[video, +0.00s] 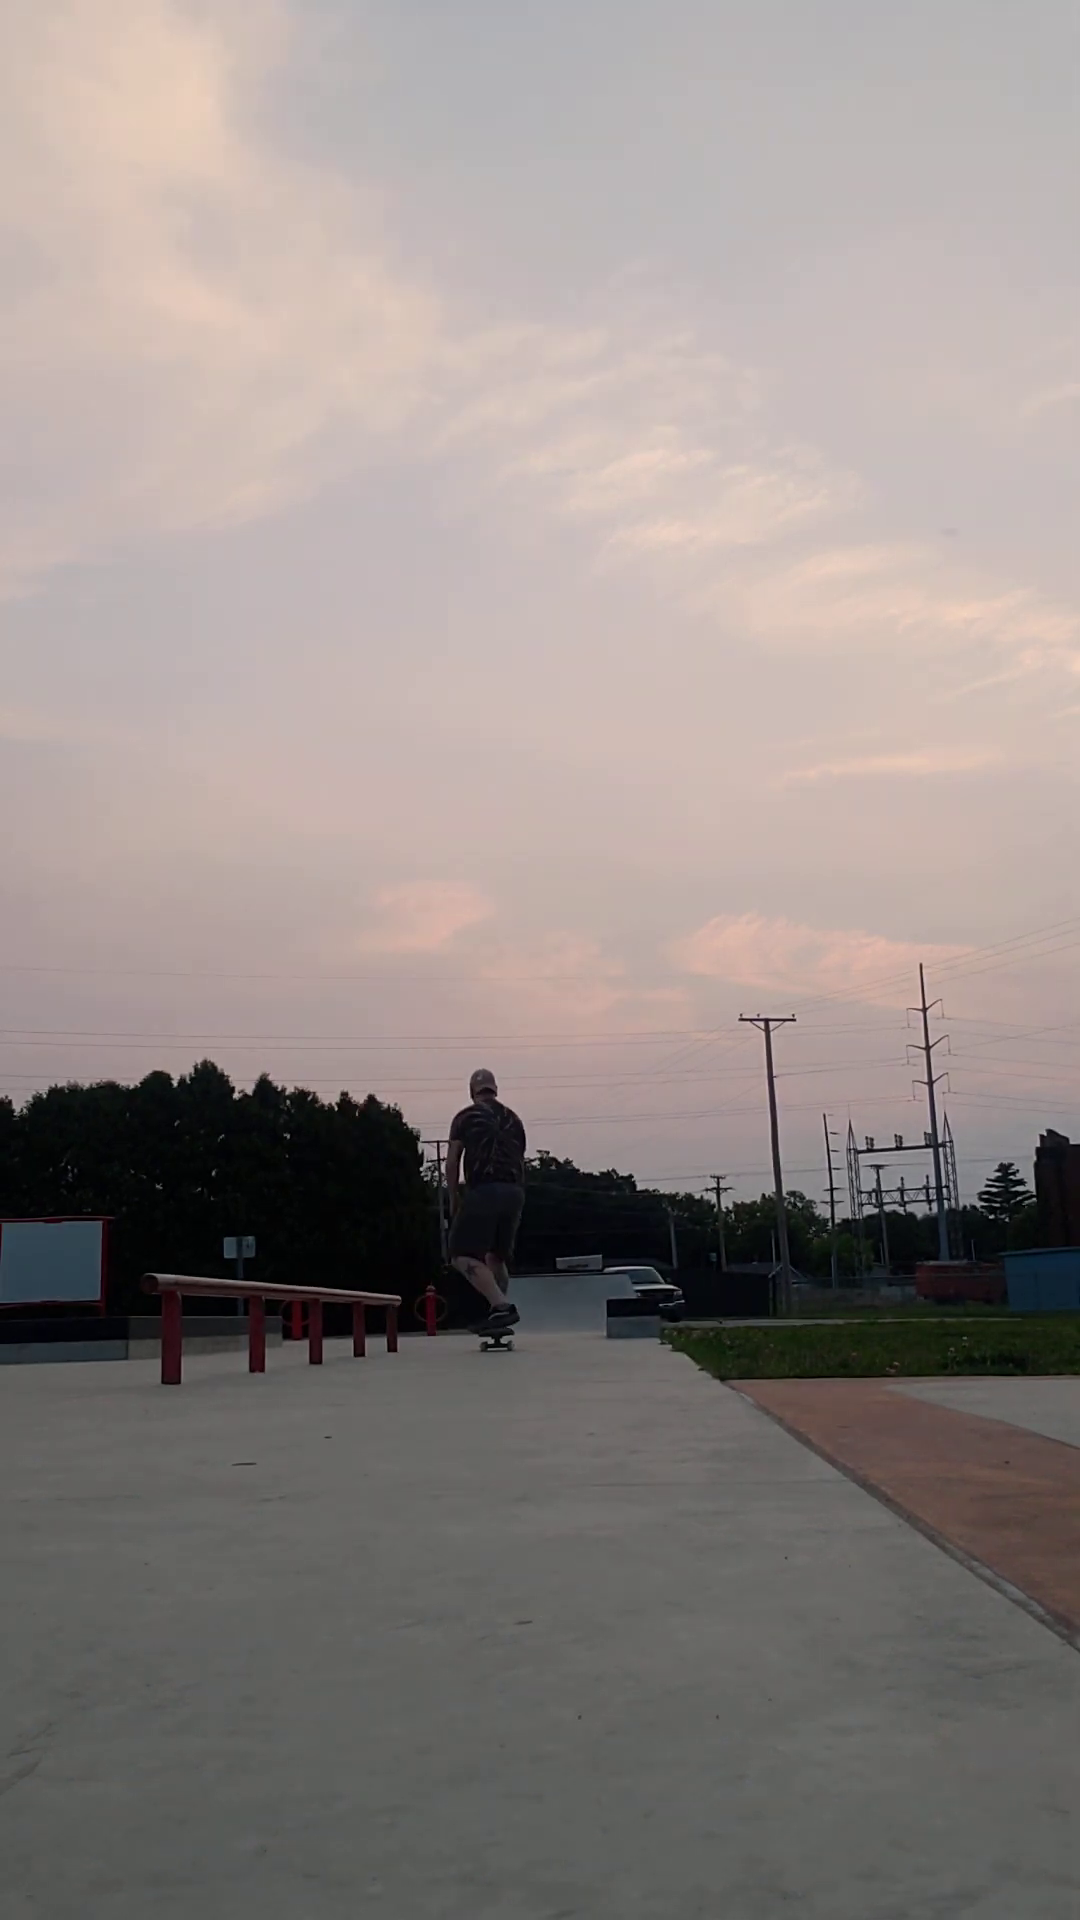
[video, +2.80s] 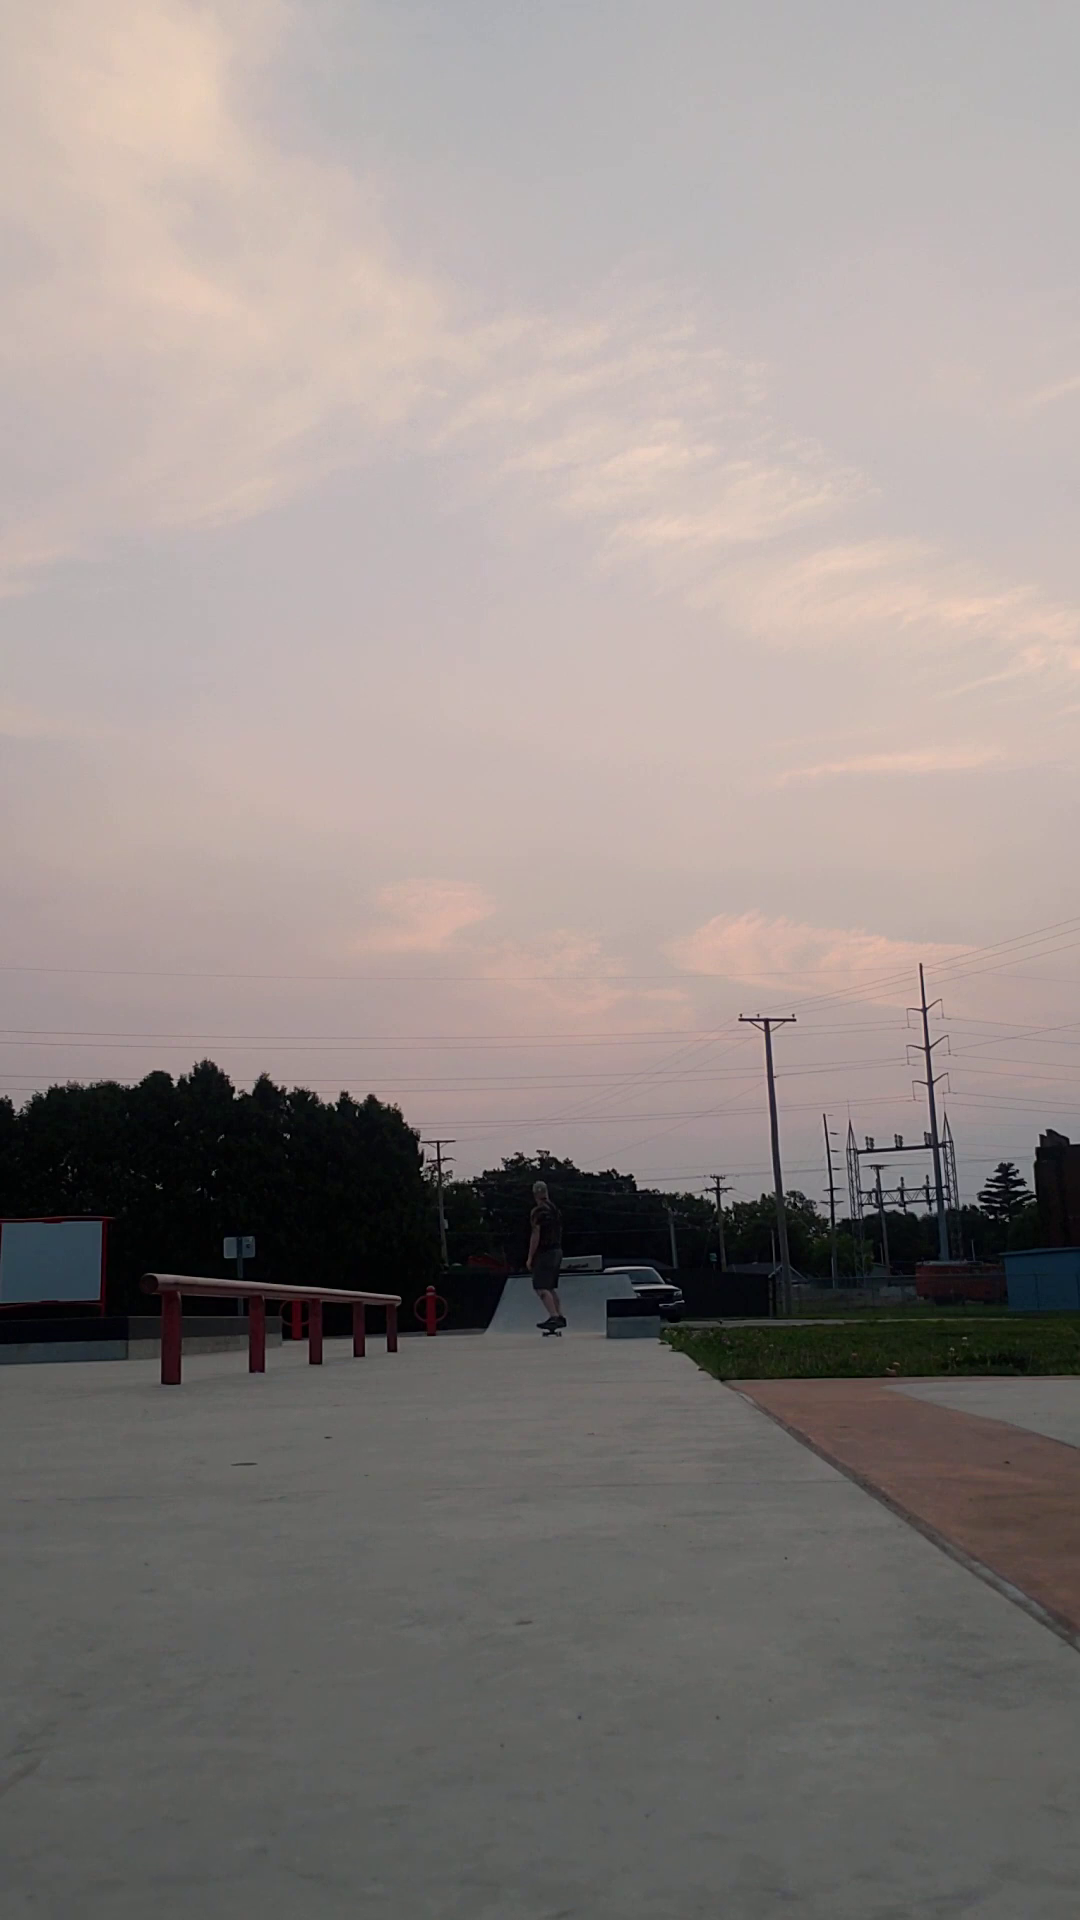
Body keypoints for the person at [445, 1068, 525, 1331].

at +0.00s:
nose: (479, 1094)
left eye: (474, 1090)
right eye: (485, 1091)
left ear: (472, 1090)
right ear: (496, 1090)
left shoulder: (465, 1117)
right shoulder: (514, 1119)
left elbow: (452, 1163)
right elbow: (519, 1163)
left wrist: (454, 1199)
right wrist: (515, 1193)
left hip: (481, 1193)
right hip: (513, 1194)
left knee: (461, 1255)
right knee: (497, 1257)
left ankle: (501, 1306)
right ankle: (497, 1321)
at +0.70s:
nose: (497, 1127)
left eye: (494, 1124)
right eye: (502, 1124)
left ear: (491, 1124)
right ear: (510, 1123)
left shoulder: (489, 1145)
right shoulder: (523, 1147)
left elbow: (485, 1180)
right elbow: (525, 1182)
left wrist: (478, 1211)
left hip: (502, 1211)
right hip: (524, 1210)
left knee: (501, 1266)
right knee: (515, 1266)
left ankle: (518, 1315)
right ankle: (523, 1315)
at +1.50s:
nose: (514, 1159)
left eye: (511, 1155)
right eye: (517, 1155)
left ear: (507, 1157)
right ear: (524, 1157)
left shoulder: (506, 1176)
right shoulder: (533, 1176)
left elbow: (502, 1207)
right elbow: (539, 1207)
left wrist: (498, 1234)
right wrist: (539, 1234)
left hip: (515, 1231)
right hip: (533, 1231)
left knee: (514, 1276)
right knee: (526, 1275)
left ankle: (525, 1315)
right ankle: (532, 1315)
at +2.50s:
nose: (531, 1188)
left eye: (530, 1185)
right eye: (533, 1185)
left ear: (529, 1187)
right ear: (542, 1185)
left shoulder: (532, 1204)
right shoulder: (550, 1202)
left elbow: (531, 1229)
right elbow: (553, 1227)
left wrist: (524, 1251)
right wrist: (550, 1244)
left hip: (538, 1247)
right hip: (550, 1247)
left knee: (533, 1282)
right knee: (544, 1284)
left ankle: (545, 1315)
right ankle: (551, 1316)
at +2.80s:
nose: (539, 1195)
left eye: (537, 1193)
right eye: (540, 1193)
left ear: (534, 1194)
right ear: (546, 1193)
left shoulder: (537, 1212)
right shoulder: (554, 1209)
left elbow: (536, 1235)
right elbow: (556, 1233)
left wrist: (530, 1257)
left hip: (545, 1252)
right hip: (556, 1251)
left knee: (541, 1286)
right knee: (550, 1287)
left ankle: (553, 1316)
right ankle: (558, 1316)